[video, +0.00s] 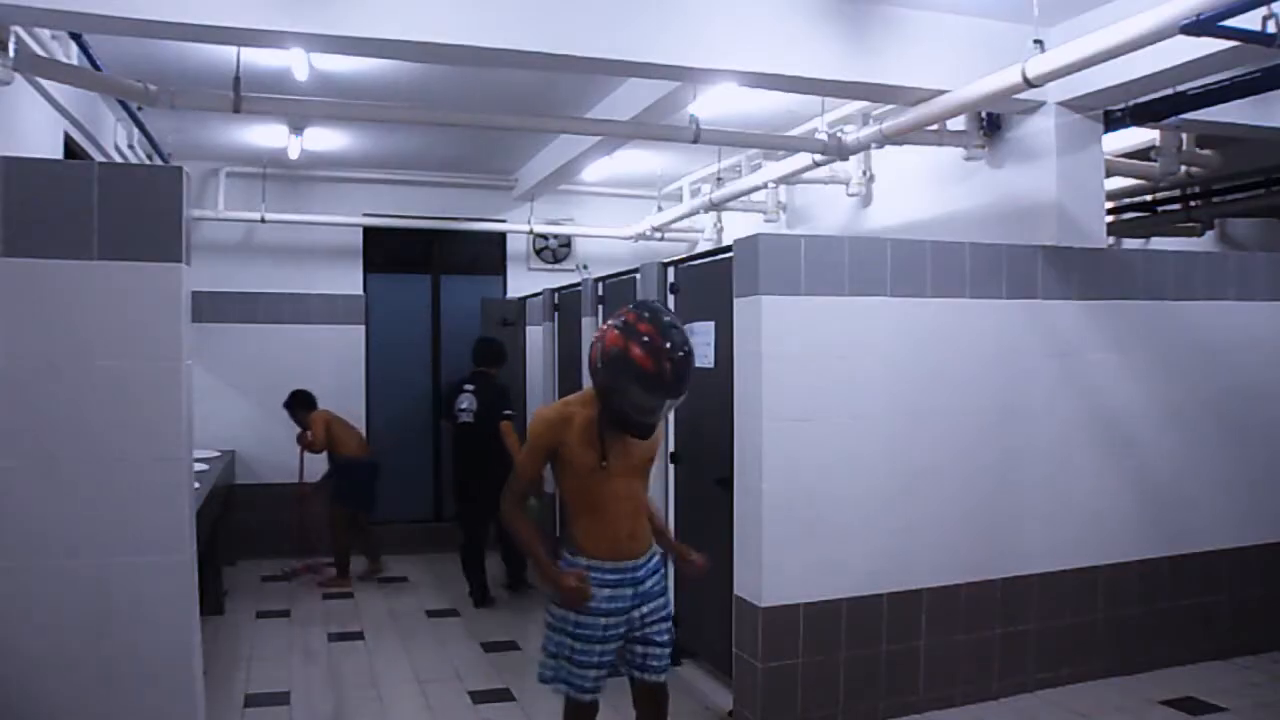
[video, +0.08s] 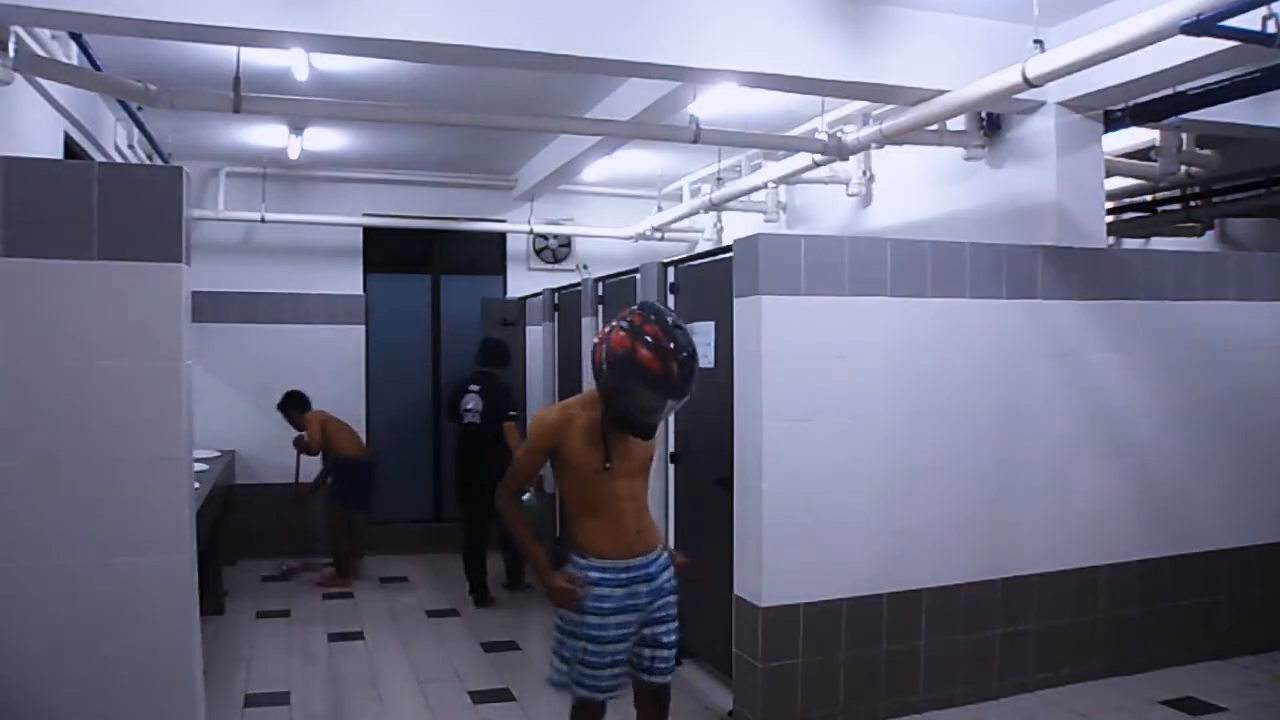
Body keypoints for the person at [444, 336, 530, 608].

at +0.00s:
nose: (501, 366)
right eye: (500, 361)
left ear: (474, 360)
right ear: (500, 362)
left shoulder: (457, 388)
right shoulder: (499, 390)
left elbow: (448, 423)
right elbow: (506, 428)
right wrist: (522, 463)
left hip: (465, 469)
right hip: (496, 468)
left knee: (471, 530)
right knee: (508, 520)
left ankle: (478, 593)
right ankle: (516, 577)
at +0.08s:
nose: (503, 367)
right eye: (504, 362)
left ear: (479, 360)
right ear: (504, 363)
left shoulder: (462, 387)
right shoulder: (503, 390)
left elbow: (452, 422)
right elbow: (510, 430)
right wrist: (525, 465)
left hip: (467, 468)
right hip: (497, 469)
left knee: (473, 527)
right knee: (509, 520)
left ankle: (478, 592)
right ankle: (515, 577)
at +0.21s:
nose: (510, 368)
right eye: (511, 362)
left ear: (487, 359)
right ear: (512, 363)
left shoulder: (468, 385)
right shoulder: (511, 390)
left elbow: (456, 420)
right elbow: (517, 428)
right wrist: (528, 464)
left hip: (473, 466)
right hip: (503, 467)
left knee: (477, 523)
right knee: (509, 521)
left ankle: (480, 585)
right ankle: (511, 579)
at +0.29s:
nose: (513, 366)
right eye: (514, 361)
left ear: (490, 358)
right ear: (515, 362)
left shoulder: (472, 383)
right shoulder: (516, 389)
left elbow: (458, 416)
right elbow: (521, 425)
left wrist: (475, 429)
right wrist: (530, 460)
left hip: (476, 463)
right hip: (506, 464)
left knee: (479, 518)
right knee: (511, 518)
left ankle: (482, 577)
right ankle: (511, 579)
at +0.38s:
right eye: (513, 360)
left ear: (490, 358)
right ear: (516, 361)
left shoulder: (472, 384)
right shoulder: (520, 390)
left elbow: (457, 413)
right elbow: (525, 426)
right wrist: (532, 457)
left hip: (477, 462)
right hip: (507, 462)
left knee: (479, 514)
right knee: (511, 518)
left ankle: (484, 568)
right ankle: (511, 578)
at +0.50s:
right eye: (512, 360)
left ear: (489, 358)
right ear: (515, 361)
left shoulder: (472, 384)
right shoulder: (521, 389)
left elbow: (457, 414)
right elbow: (526, 424)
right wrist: (533, 453)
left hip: (478, 462)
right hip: (510, 463)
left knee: (479, 515)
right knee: (511, 518)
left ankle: (483, 570)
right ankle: (511, 577)